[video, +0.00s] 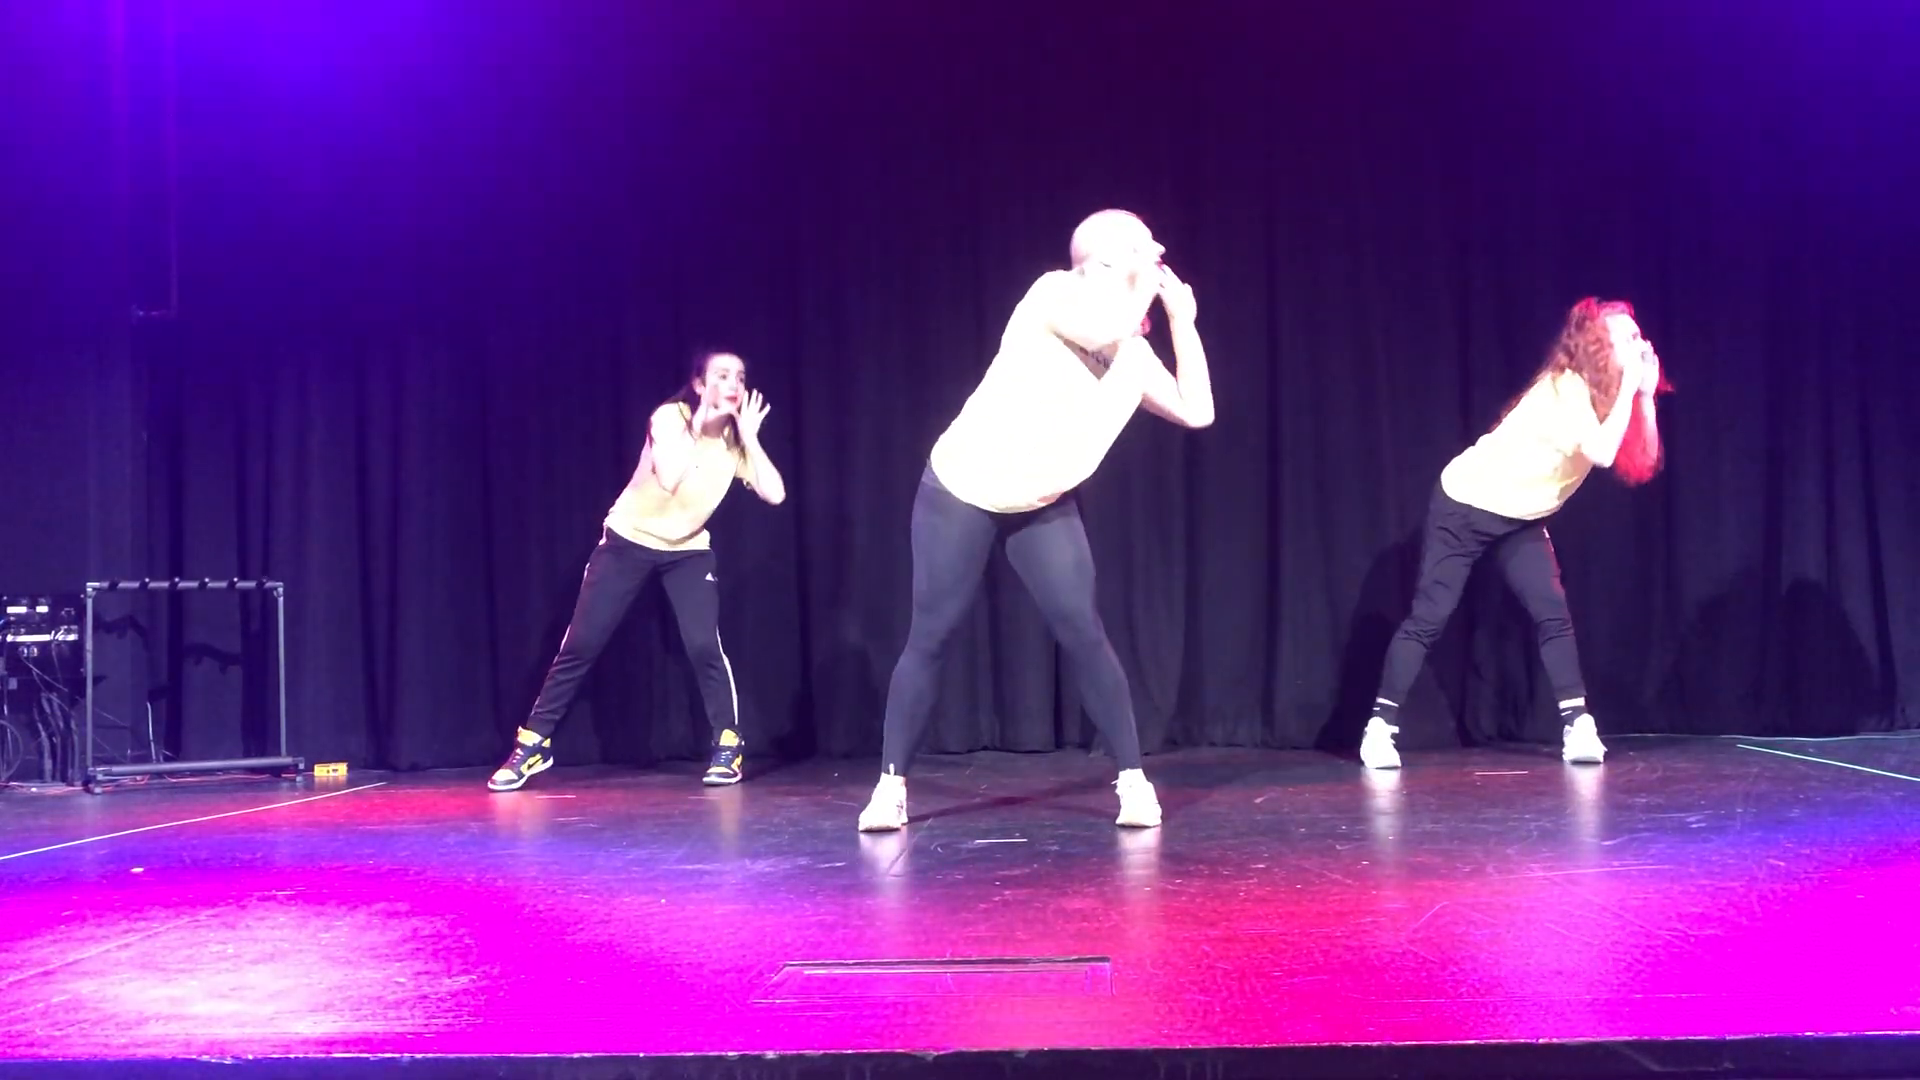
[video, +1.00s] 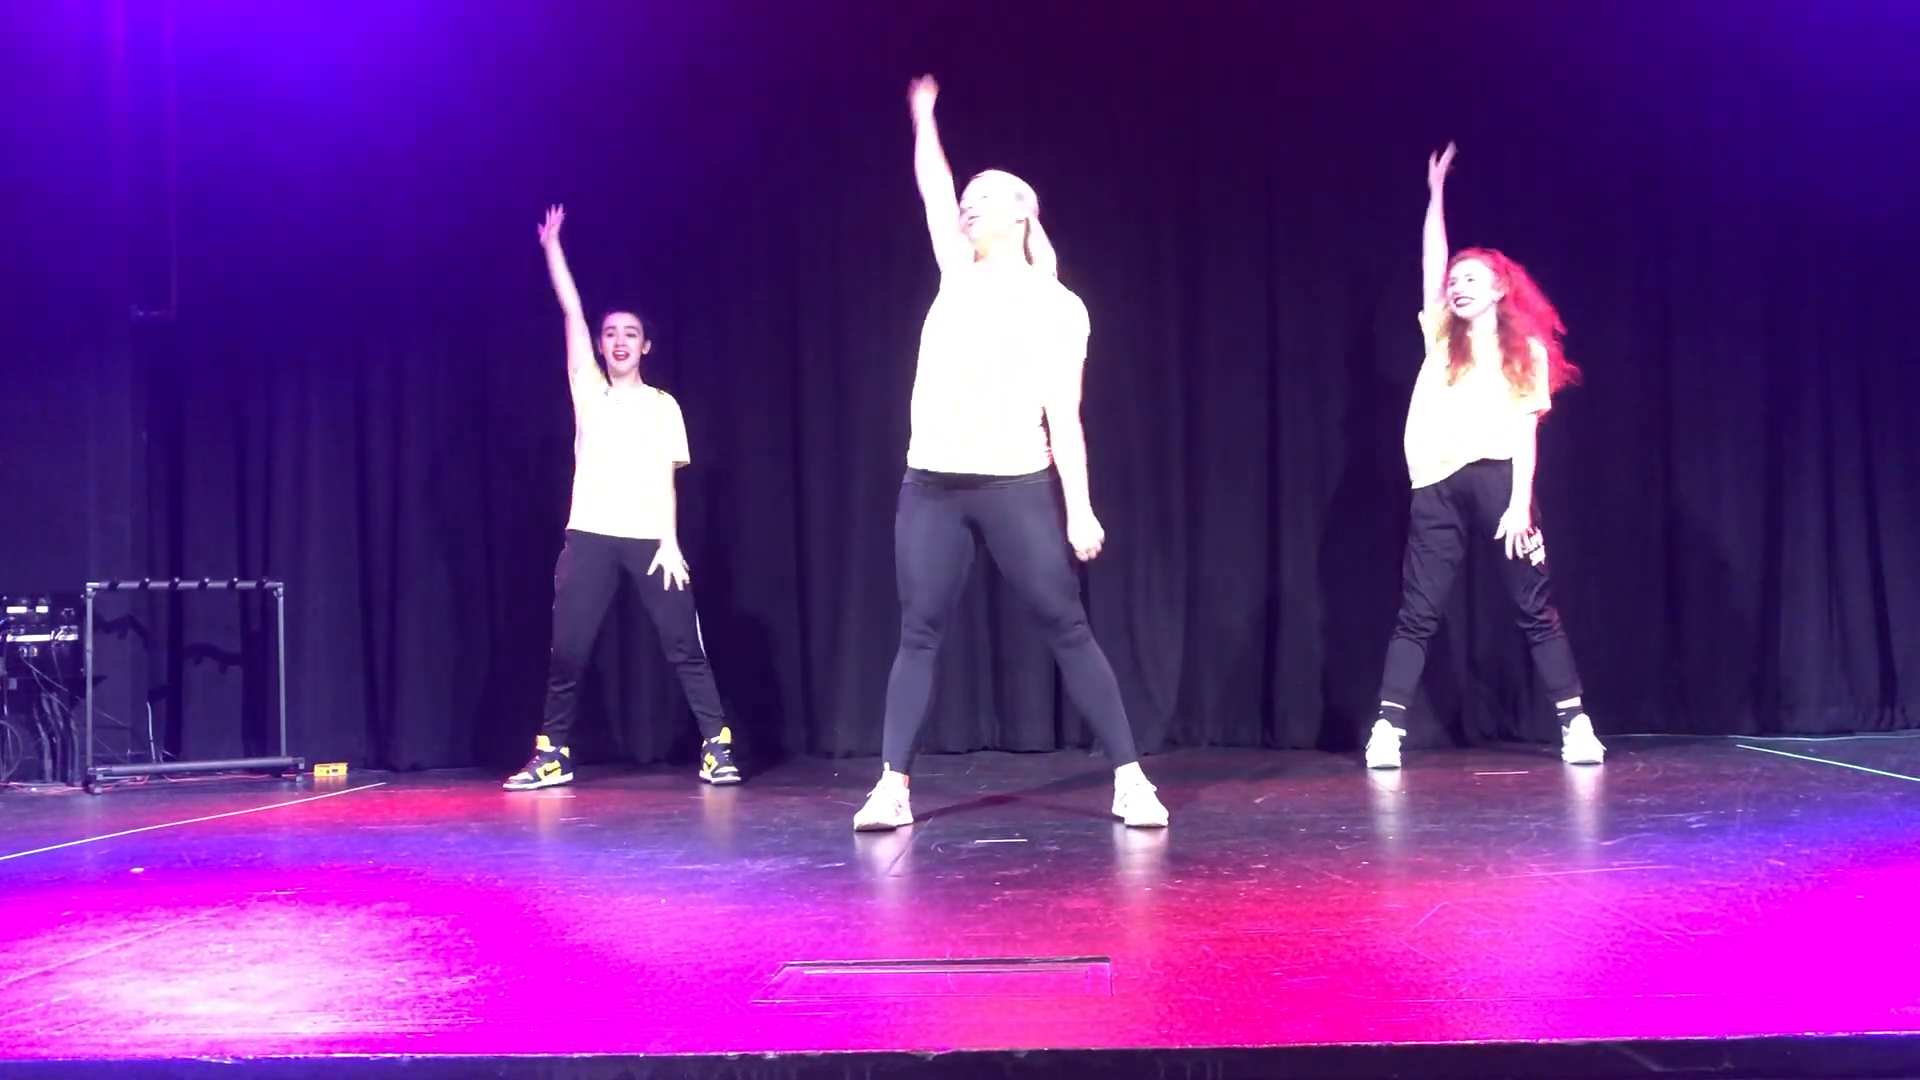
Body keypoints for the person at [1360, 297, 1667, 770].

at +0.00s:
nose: (1638, 346)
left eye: (1638, 337)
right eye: (1626, 339)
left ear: (1638, 345)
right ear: (1596, 350)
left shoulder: (1613, 396)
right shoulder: (1565, 388)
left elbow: (1643, 462)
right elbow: (1601, 451)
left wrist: (1646, 393)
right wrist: (1631, 388)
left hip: (1523, 519)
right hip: (1465, 507)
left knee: (1553, 614)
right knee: (1428, 617)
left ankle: (1577, 727)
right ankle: (1380, 728)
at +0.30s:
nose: (1588, 301)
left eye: (1591, 292)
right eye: (1575, 292)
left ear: (1598, 300)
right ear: (1547, 299)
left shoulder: (1584, 355)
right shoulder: (1527, 346)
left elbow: (1599, 430)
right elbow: (1534, 416)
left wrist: (1648, 384)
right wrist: (1589, 373)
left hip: (1538, 502)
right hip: (1479, 496)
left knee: (1560, 611)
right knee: (1438, 610)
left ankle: (1578, 727)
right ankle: (1387, 724)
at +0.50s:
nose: (1550, 310)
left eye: (1557, 301)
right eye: (1537, 302)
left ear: (1567, 310)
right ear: (1511, 312)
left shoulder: (1560, 372)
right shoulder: (1490, 369)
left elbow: (1556, 459)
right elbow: (1492, 453)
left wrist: (1608, 511)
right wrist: (1522, 510)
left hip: (1537, 508)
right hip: (1476, 508)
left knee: (1571, 615)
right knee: (1447, 622)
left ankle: (1578, 725)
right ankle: (1392, 728)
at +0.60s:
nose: (1528, 320)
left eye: (1537, 311)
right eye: (1517, 311)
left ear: (1551, 320)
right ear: (1497, 320)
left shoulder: (1551, 381)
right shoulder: (1472, 372)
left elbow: (1554, 463)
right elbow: (1438, 424)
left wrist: (1570, 529)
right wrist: (1481, 471)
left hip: (1535, 521)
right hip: (1467, 523)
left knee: (1571, 620)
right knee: (1440, 627)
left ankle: (1579, 727)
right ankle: (1391, 731)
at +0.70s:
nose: (1503, 312)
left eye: (1514, 304)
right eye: (1495, 303)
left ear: (1533, 312)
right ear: (1481, 308)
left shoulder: (1545, 368)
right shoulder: (1451, 357)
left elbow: (1557, 447)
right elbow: (1412, 335)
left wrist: (1558, 517)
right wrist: (1466, 321)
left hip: (1526, 505)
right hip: (1457, 509)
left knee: (1559, 615)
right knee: (1431, 619)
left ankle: (1576, 726)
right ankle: (1390, 730)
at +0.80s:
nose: (1483, 286)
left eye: (1497, 278)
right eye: (1477, 279)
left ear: (1521, 292)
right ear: (1466, 292)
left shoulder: (1537, 357)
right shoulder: (1449, 338)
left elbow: (1549, 438)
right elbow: (1423, 270)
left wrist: (1549, 507)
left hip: (1516, 494)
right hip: (1448, 495)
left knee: (1547, 612)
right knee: (1421, 613)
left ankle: (1575, 724)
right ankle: (1388, 729)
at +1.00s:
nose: (1461, 289)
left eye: (1473, 280)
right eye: (1454, 282)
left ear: (1501, 289)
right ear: (1447, 295)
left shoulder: (1525, 351)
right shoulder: (1441, 339)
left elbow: (1526, 434)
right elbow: (1433, 263)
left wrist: (1520, 506)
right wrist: (1435, 193)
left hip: (1499, 483)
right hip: (1434, 488)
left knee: (1534, 606)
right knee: (1418, 611)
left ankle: (1573, 722)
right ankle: (1387, 729)